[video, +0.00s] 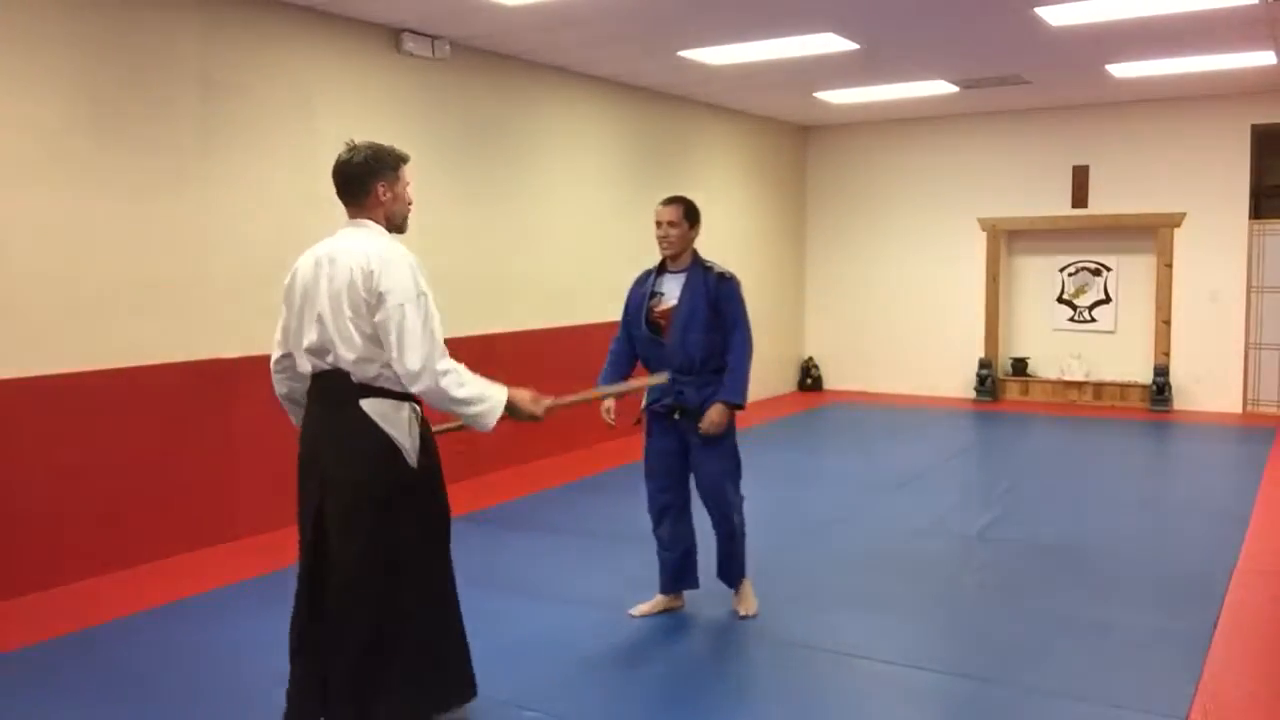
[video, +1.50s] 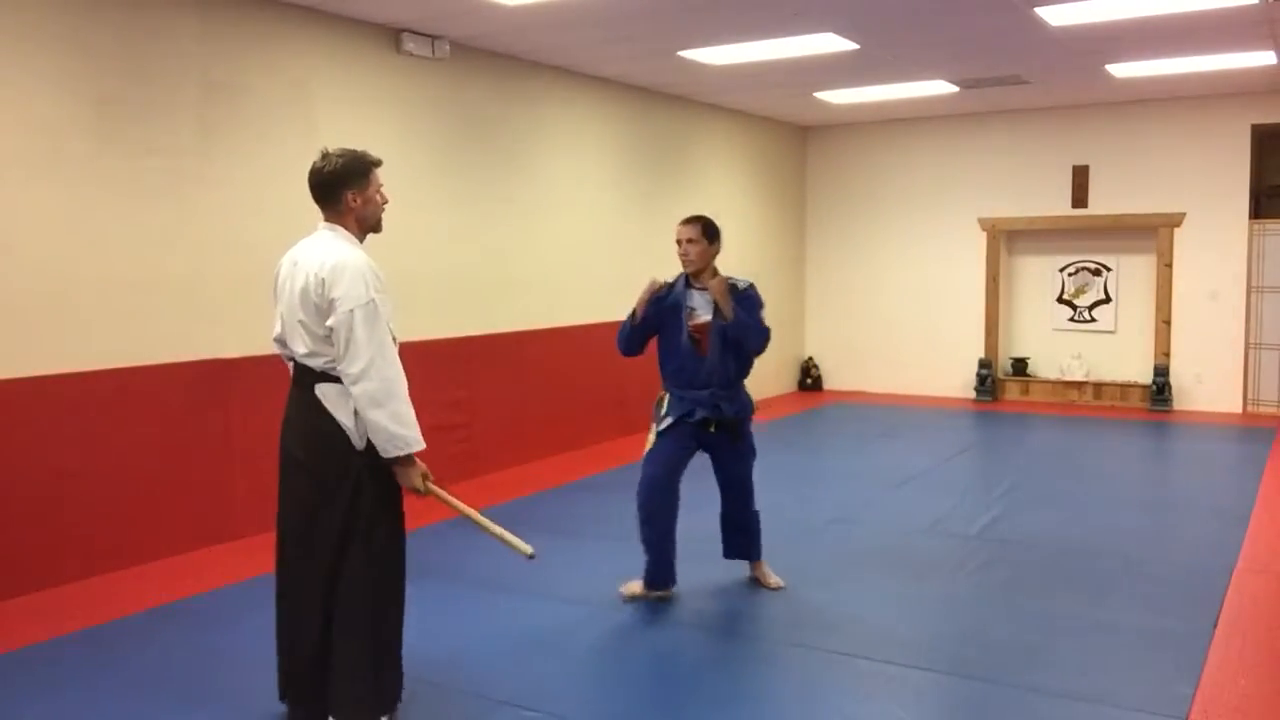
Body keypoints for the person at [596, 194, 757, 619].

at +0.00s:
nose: (663, 233)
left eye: (672, 226)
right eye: (658, 225)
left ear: (693, 230)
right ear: (654, 230)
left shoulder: (719, 284)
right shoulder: (644, 284)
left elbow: (740, 347)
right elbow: (624, 343)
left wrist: (726, 402)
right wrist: (609, 389)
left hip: (708, 412)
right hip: (661, 413)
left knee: (723, 502)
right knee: (664, 504)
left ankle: (739, 582)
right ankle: (671, 592)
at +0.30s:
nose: (674, 233)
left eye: (683, 225)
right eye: (669, 225)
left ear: (705, 230)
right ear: (665, 230)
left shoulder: (731, 286)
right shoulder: (658, 284)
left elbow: (750, 351)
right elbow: (637, 342)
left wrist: (737, 409)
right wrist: (617, 393)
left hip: (715, 412)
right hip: (667, 411)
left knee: (728, 510)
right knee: (664, 504)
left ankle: (744, 598)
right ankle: (671, 593)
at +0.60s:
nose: (698, 234)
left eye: (707, 226)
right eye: (694, 226)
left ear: (730, 232)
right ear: (691, 231)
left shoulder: (751, 284)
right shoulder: (682, 281)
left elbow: (757, 331)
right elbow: (646, 312)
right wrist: (630, 306)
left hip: (733, 407)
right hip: (687, 403)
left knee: (739, 505)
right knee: (664, 494)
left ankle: (747, 597)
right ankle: (674, 586)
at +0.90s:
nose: (694, 231)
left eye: (703, 225)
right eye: (691, 224)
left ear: (720, 230)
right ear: (687, 231)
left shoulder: (740, 276)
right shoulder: (675, 273)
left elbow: (735, 262)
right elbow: (631, 259)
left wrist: (715, 202)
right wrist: (623, 210)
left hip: (733, 401)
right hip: (687, 401)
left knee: (744, 500)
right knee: (679, 492)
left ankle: (750, 593)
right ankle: (685, 583)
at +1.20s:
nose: (696, 242)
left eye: (705, 235)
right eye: (693, 235)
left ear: (727, 240)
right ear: (690, 240)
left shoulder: (753, 289)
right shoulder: (680, 287)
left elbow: (750, 345)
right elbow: (645, 336)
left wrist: (726, 299)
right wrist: (660, 297)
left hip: (739, 408)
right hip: (691, 407)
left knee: (747, 489)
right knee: (676, 487)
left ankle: (757, 560)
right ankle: (684, 584)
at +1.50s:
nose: (683, 250)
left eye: (691, 243)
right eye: (679, 244)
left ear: (713, 247)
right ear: (676, 249)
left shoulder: (742, 294)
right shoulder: (666, 296)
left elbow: (757, 344)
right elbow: (627, 347)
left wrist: (727, 305)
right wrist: (641, 308)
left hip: (730, 413)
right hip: (681, 414)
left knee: (740, 491)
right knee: (654, 483)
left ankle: (757, 565)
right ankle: (658, 581)